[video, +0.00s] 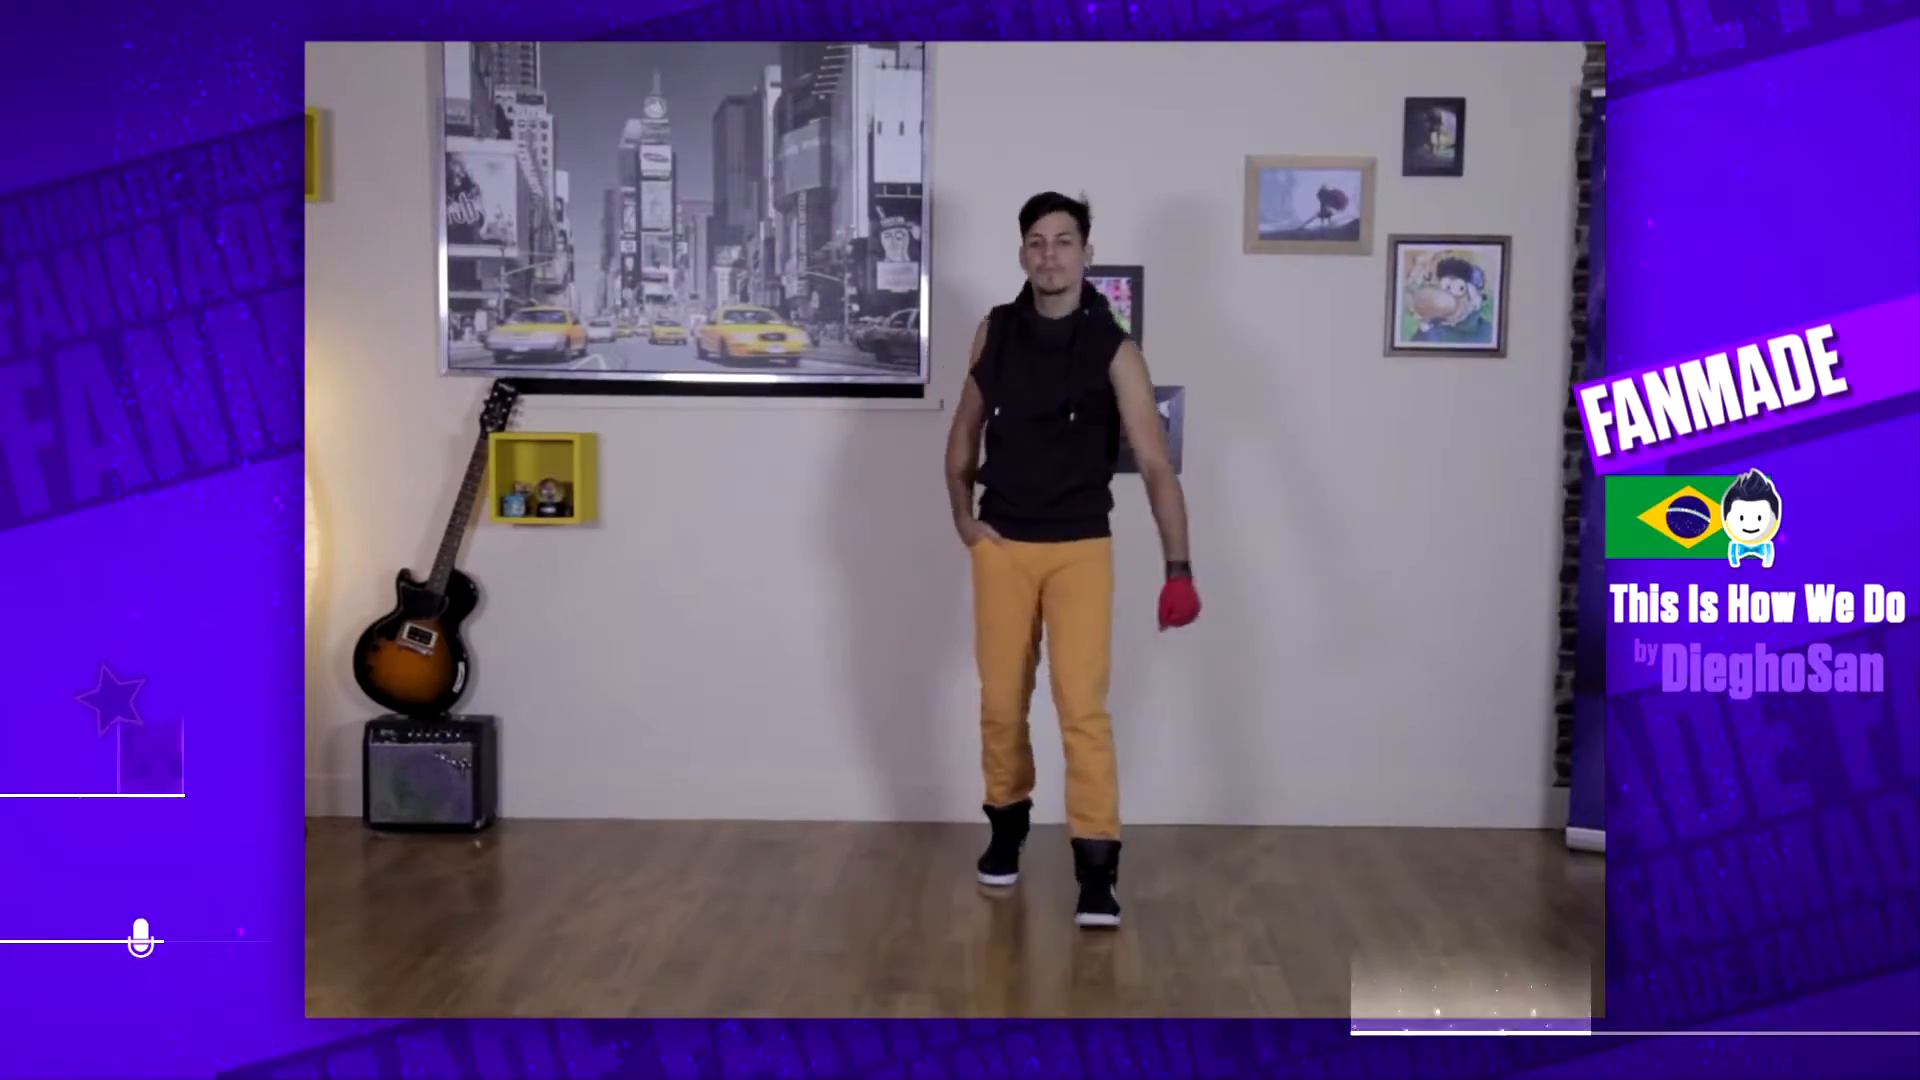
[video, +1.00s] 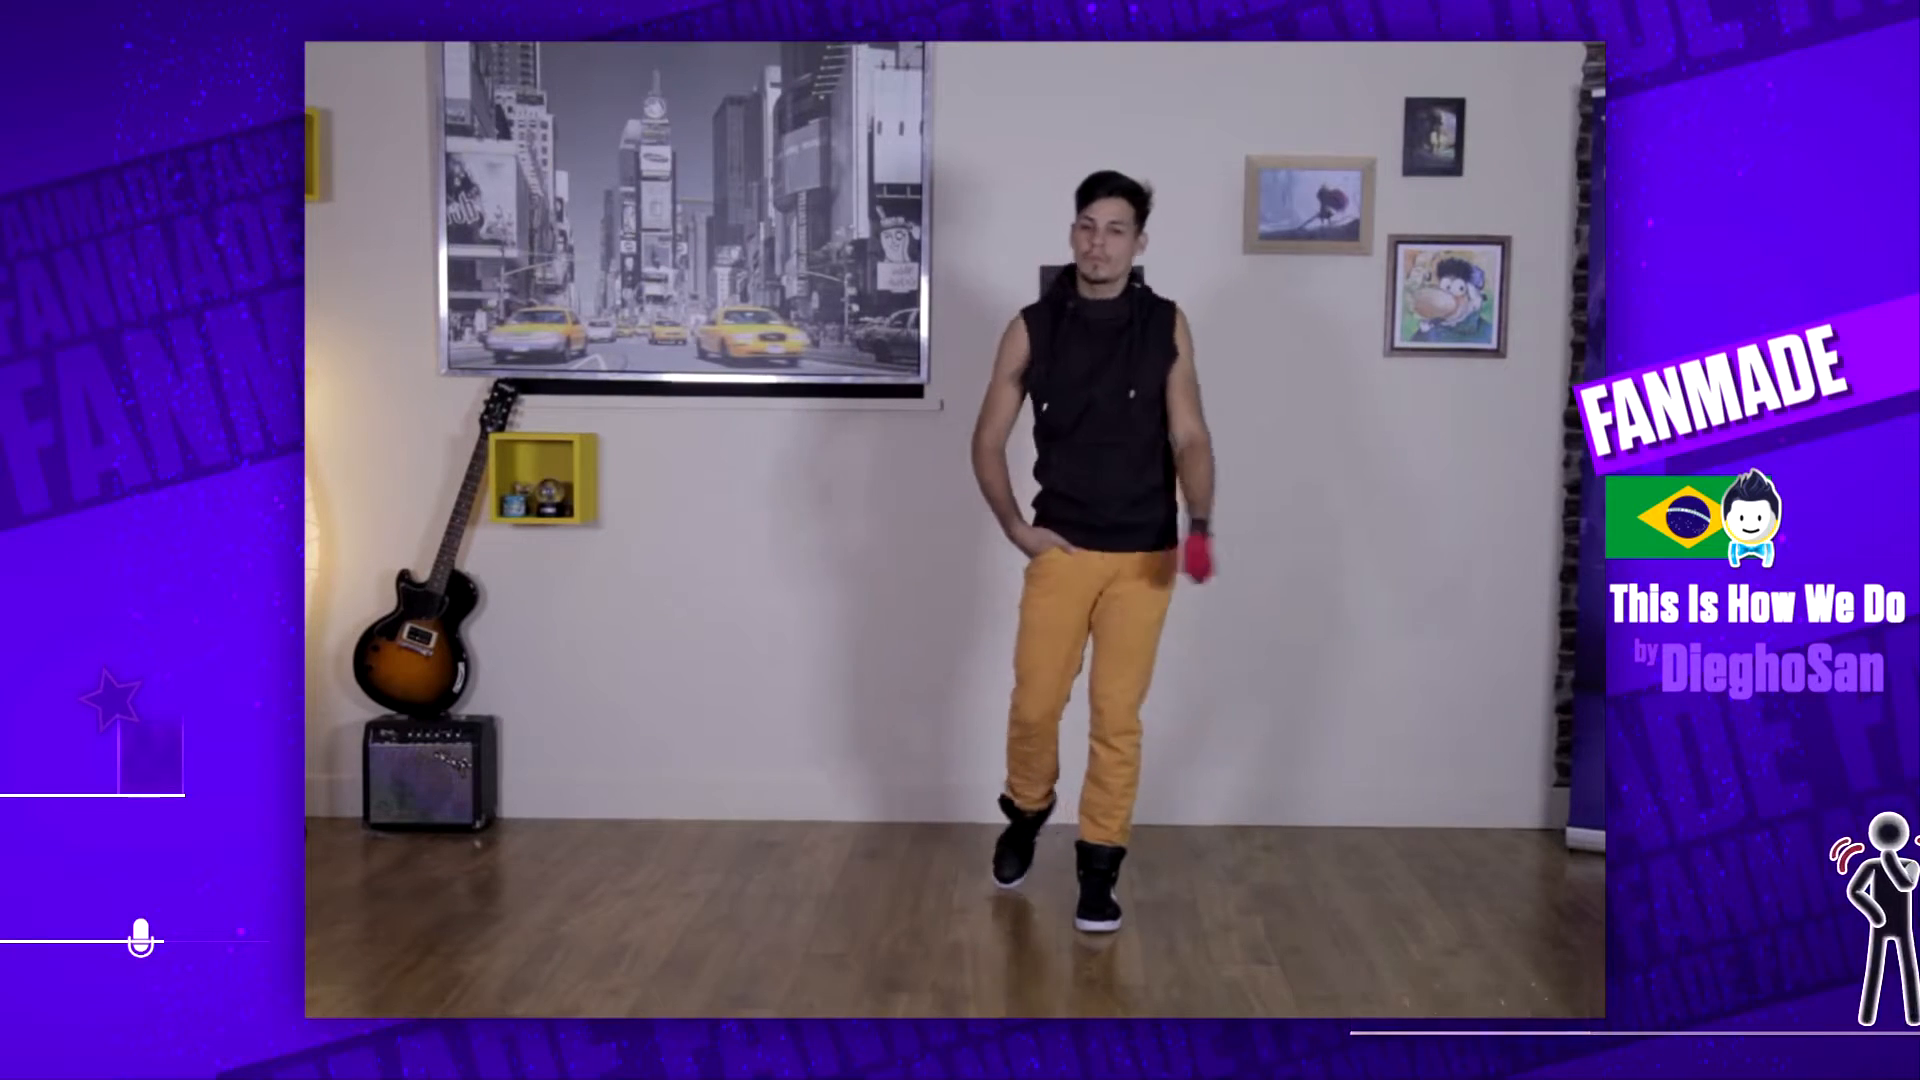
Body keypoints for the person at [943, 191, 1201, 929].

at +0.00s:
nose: (1049, 254)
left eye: (1062, 242)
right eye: (1037, 243)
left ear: (1086, 251)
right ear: (1022, 255)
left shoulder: (1113, 349)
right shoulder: (996, 332)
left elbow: (1157, 465)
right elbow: (965, 430)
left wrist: (1179, 567)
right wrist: (963, 514)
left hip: (1081, 550)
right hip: (1000, 546)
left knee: (1083, 710)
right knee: (1000, 706)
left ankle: (1097, 871)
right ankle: (1006, 829)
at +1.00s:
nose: (1098, 242)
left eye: (1115, 230)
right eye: (1088, 227)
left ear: (1138, 243)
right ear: (1071, 233)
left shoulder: (1166, 325)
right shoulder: (1034, 326)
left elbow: (1190, 435)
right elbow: (988, 441)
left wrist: (1199, 518)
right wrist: (1016, 527)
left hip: (1143, 557)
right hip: (1061, 550)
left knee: (1117, 718)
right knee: (1033, 707)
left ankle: (1101, 867)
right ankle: (1026, 815)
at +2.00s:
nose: (1034, 238)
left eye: (1051, 226)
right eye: (1023, 224)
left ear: (1076, 238)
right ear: (1005, 233)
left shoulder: (1112, 322)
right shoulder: (972, 332)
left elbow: (1130, 447)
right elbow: (909, 446)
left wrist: (1050, 377)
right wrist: (967, 533)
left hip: (1103, 562)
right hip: (1009, 562)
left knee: (1143, 726)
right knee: (991, 736)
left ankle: (1161, 887)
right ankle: (968, 898)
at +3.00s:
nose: (1067, 244)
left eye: (1085, 231)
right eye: (1058, 229)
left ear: (1113, 240)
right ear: (1045, 230)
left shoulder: (1118, 325)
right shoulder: (1001, 304)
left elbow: (1133, 435)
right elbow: (938, 426)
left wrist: (1080, 345)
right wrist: (984, 540)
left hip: (1108, 565)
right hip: (1017, 566)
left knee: (1148, 738)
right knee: (992, 744)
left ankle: (1173, 906)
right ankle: (969, 903)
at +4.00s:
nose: (1085, 264)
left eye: (1100, 249)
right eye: (1076, 249)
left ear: (1146, 244)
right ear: (1068, 248)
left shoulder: (1187, 329)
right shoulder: (1045, 332)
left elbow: (1166, 437)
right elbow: (1015, 446)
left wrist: (1101, 352)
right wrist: (1013, 530)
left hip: (1147, 572)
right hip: (1052, 566)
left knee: (1166, 745)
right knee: (1013, 743)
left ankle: (1191, 908)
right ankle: (981, 903)